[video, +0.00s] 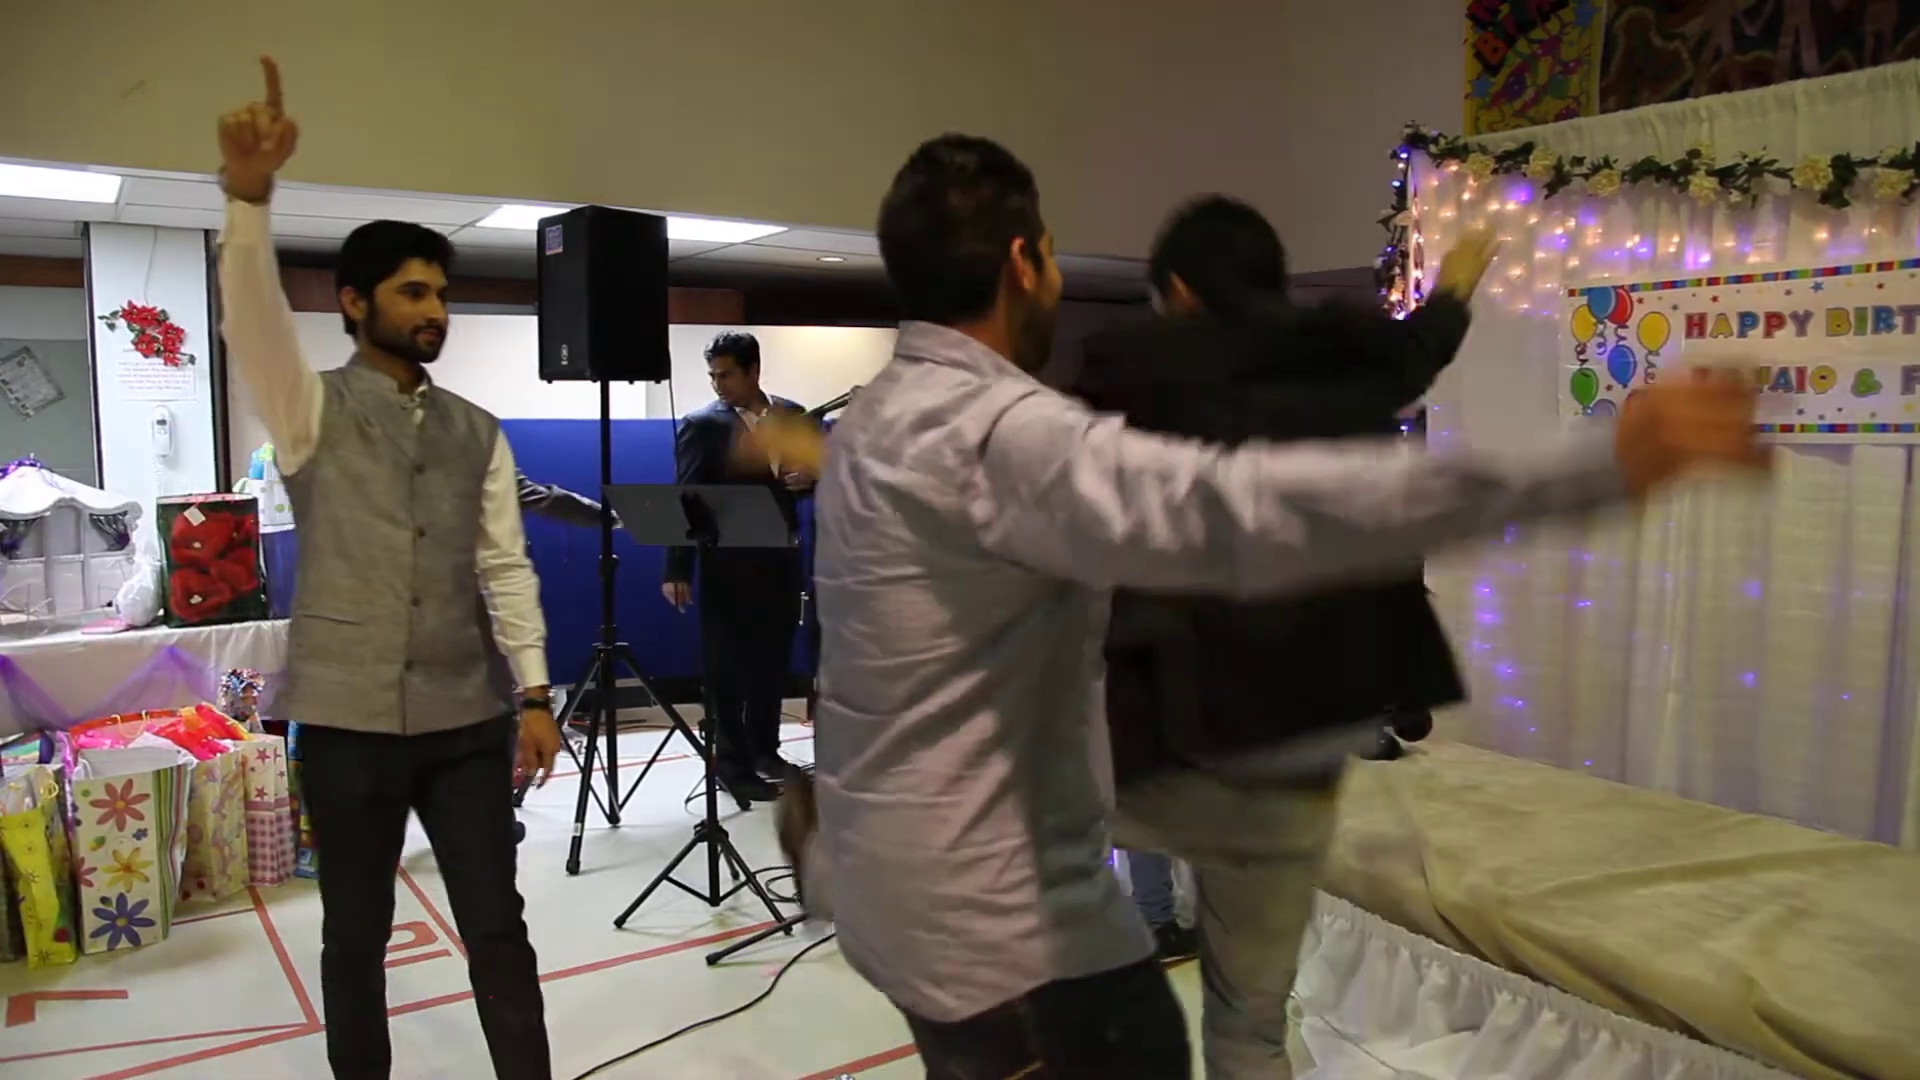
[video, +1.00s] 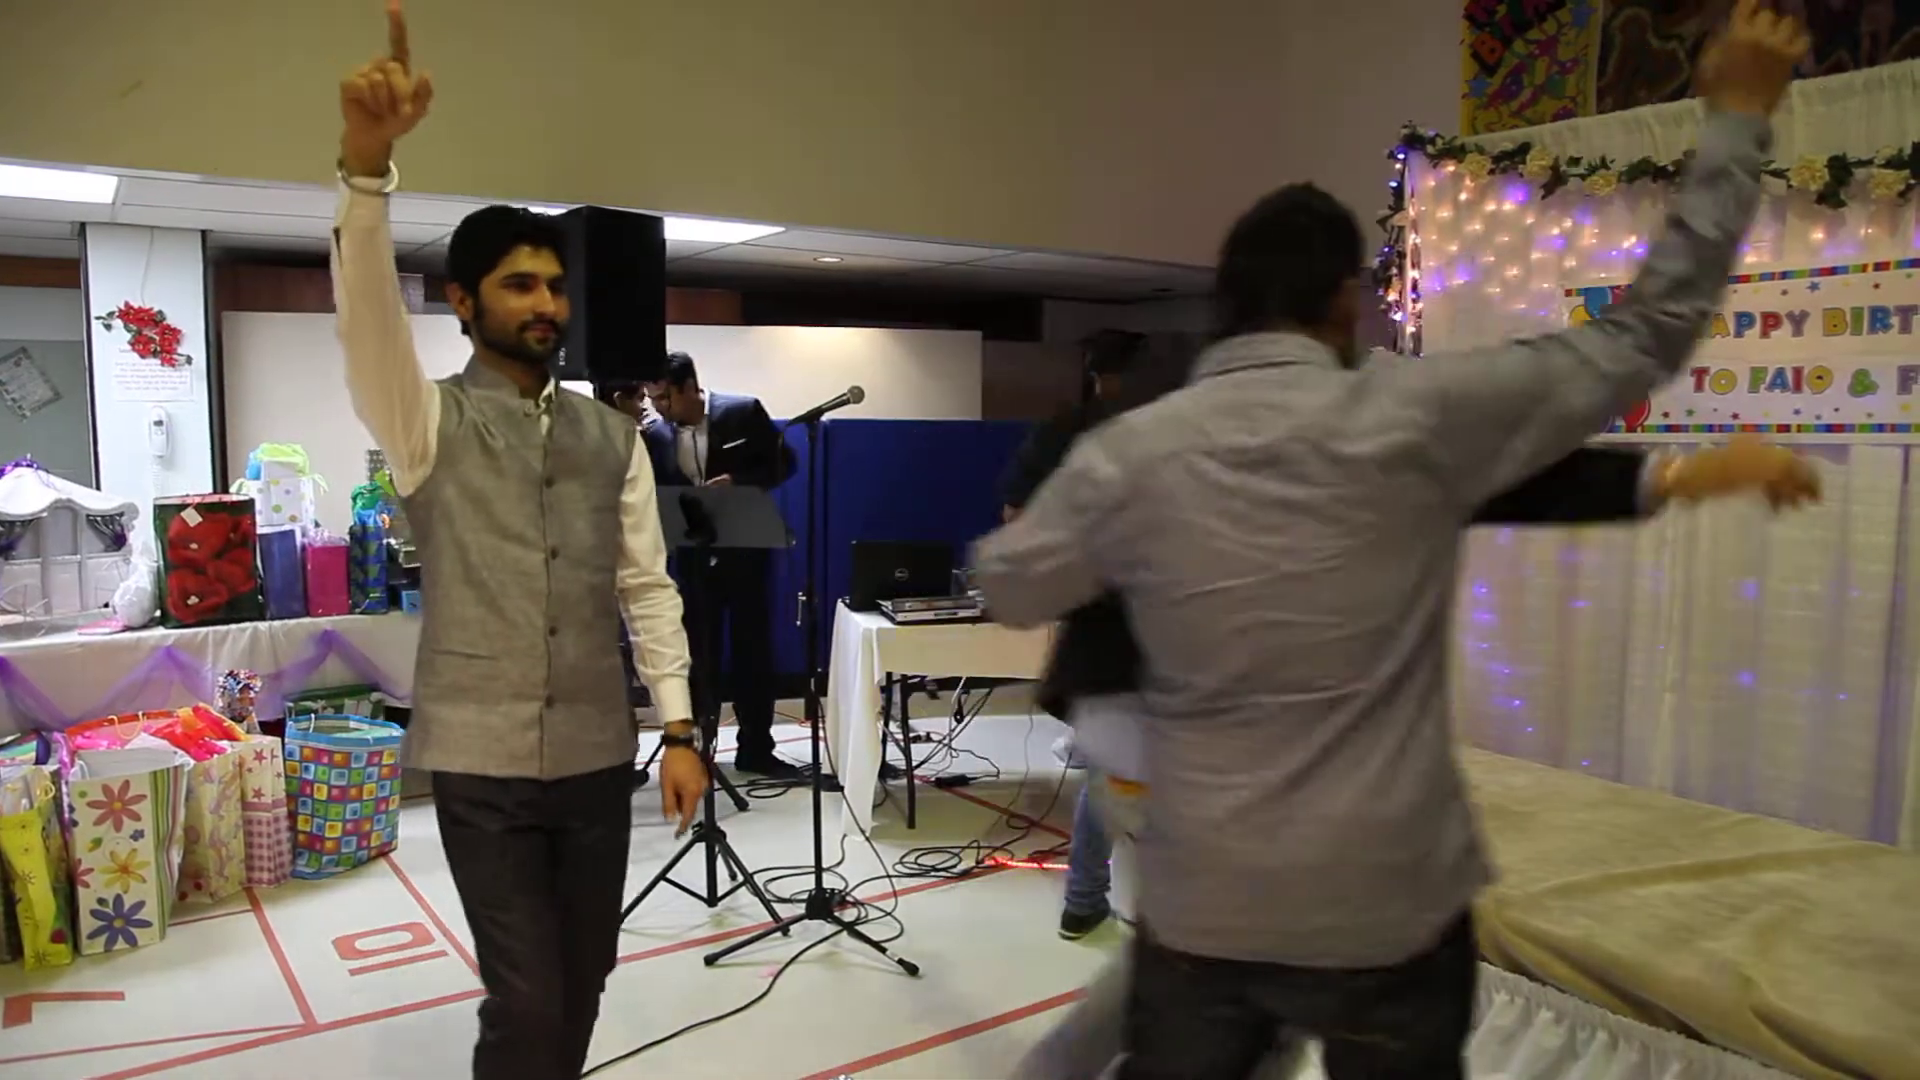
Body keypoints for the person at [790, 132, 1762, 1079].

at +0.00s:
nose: (1064, 280)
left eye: (1064, 256)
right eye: (1054, 254)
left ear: (909, 282)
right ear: (1017, 265)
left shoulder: (889, 412)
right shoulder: (978, 424)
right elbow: (1227, 513)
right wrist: (1607, 468)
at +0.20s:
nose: (1072, 258)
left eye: (1062, 235)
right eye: (1064, 236)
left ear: (921, 269)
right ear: (1039, 255)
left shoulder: (894, 412)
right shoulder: (1026, 413)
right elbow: (1292, 392)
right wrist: (1620, 239)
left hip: (926, 893)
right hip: (1036, 910)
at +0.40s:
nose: (1121, 297)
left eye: (1116, 271)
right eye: (1110, 273)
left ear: (965, 300)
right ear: (1071, 281)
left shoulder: (931, 445)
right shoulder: (1082, 425)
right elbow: (1341, 390)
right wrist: (1596, 185)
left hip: (979, 923)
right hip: (1104, 924)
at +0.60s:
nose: (1182, 291)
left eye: (1176, 265)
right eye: (1170, 265)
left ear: (1032, 280)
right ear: (1125, 265)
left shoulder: (956, 440)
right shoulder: (1152, 394)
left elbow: (899, 553)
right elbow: (1403, 334)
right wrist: (1625, 138)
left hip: (1016, 896)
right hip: (1164, 904)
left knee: (1044, 1066)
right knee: (1239, 1059)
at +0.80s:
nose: (1264, 305)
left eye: (1259, 280)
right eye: (1257, 279)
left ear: (1125, 276)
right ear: (1217, 277)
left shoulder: (1018, 435)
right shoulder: (1260, 381)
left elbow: (909, 568)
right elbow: (1493, 300)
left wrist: (1038, 528)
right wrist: (1682, 87)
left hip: (1077, 882)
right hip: (1247, 880)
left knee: (1079, 1078)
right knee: (1314, 1075)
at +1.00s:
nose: (1366, 306)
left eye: (1359, 286)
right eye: (1363, 286)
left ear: (1227, 299)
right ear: (1345, 298)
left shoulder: (1128, 458)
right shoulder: (1418, 415)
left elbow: (1003, 586)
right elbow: (1645, 334)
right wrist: (1737, 120)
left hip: (1202, 914)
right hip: (1395, 913)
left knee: (1163, 1072)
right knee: (1406, 1073)